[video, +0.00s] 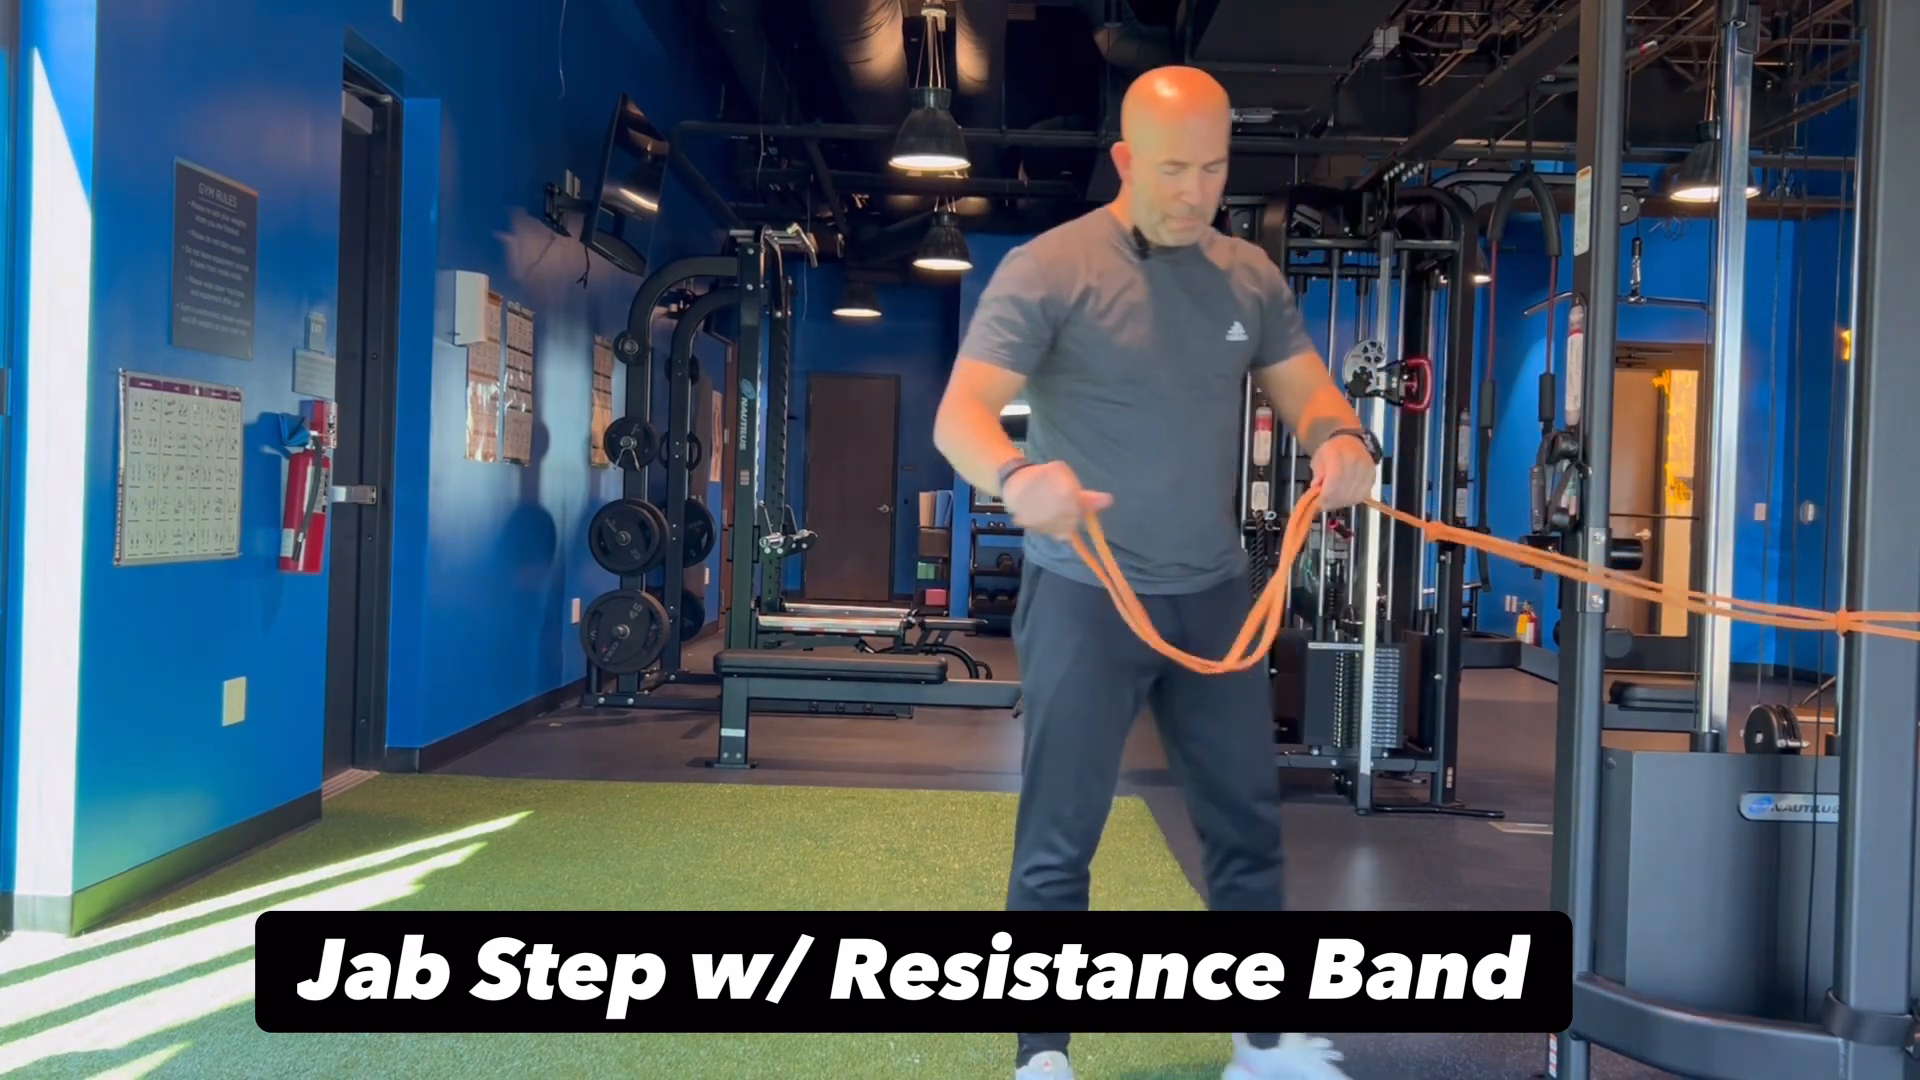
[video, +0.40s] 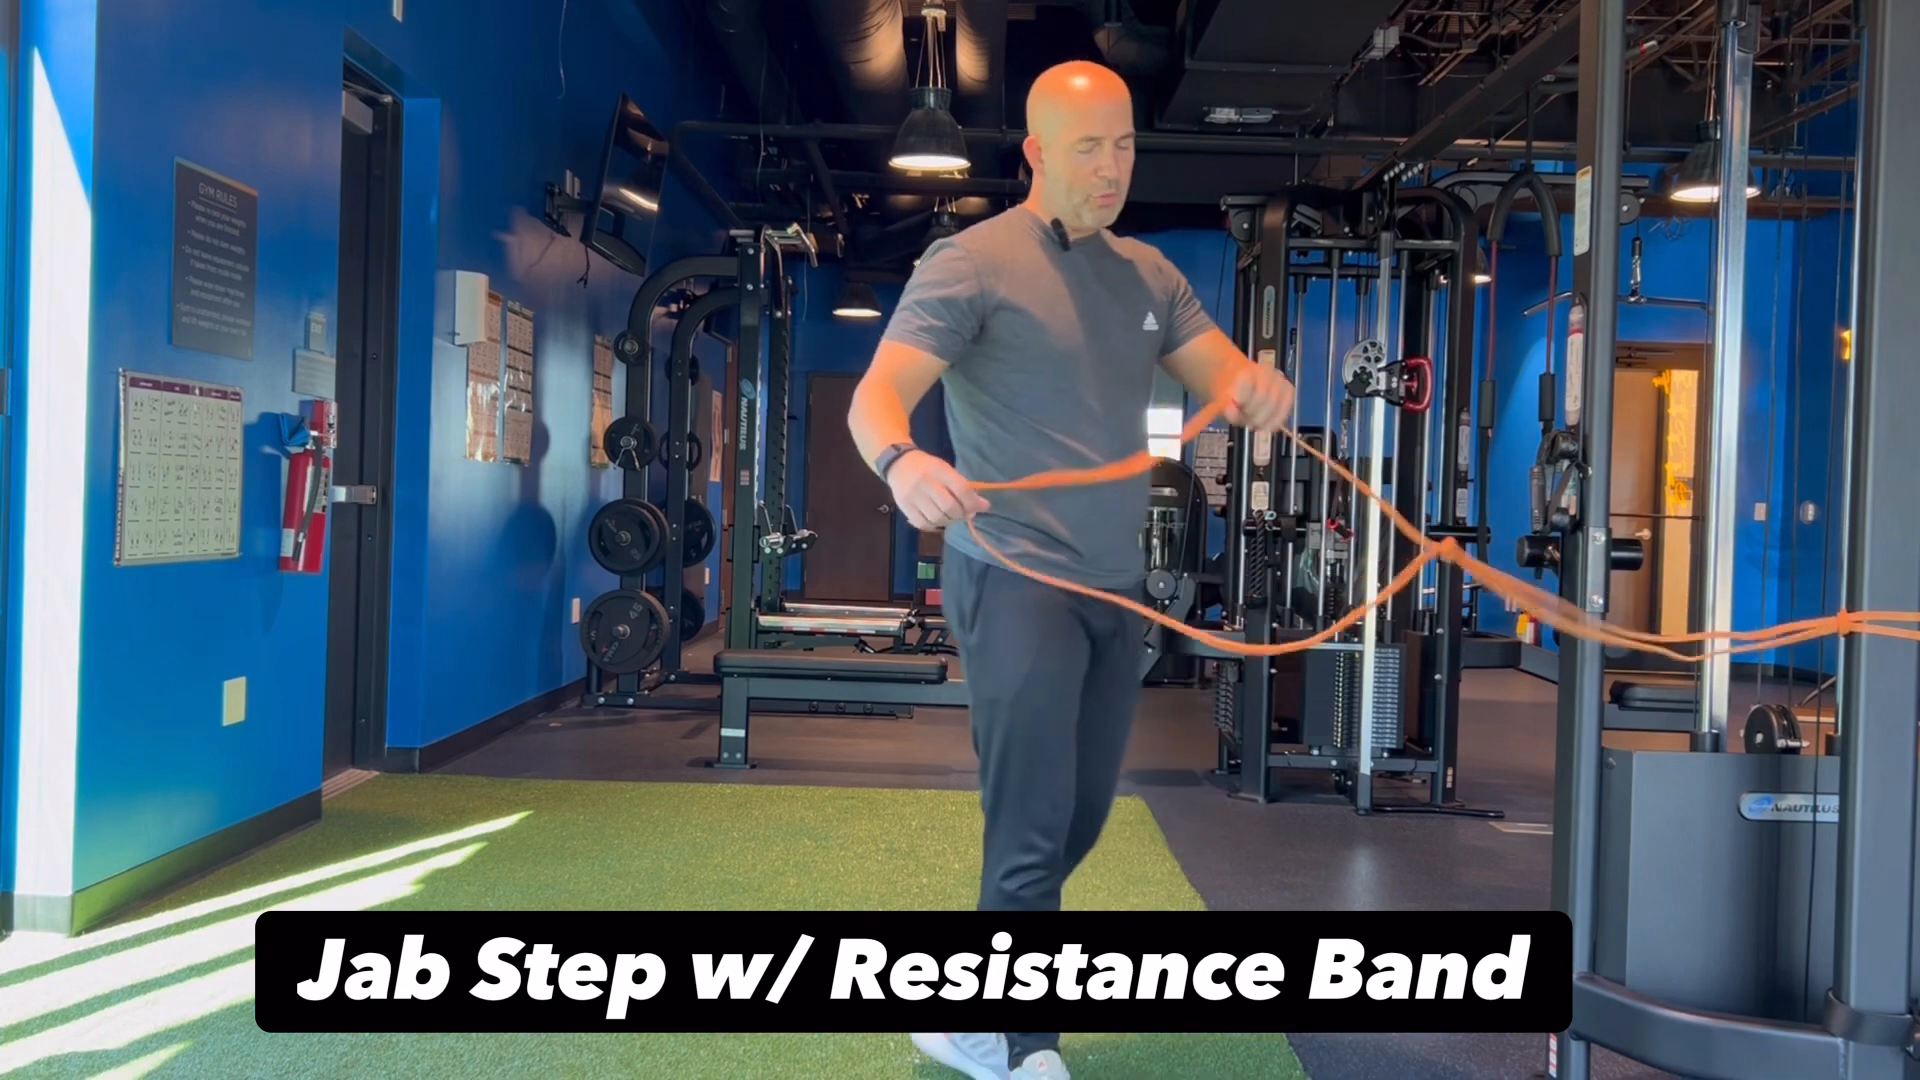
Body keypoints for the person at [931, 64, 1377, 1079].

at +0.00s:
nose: (1199, 194)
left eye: (1215, 170)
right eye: (1176, 172)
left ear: (1231, 161)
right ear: (1124, 163)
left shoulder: (1249, 275)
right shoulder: (1048, 270)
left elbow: (1311, 400)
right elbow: (960, 415)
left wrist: (1342, 441)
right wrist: (1014, 477)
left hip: (1217, 596)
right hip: (1084, 595)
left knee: (1248, 827)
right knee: (1060, 839)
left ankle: (1267, 1035)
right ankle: (1041, 1047)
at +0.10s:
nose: (1171, 183)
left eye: (1185, 158)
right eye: (1148, 161)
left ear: (1199, 155)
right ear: (1094, 156)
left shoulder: (1219, 273)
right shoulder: (1022, 268)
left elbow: (1286, 386)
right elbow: (932, 407)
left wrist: (1334, 431)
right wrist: (960, 479)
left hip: (1192, 589)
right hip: (1065, 584)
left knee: (1204, 819)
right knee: (1050, 837)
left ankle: (1166, 1028)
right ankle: (1041, 1045)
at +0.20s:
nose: (1148, 173)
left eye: (1161, 150)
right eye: (1125, 153)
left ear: (1172, 150)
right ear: (1069, 152)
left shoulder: (1191, 269)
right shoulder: (1002, 263)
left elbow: (1267, 382)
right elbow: (912, 403)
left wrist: (1323, 418)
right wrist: (927, 478)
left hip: (1165, 582)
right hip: (1050, 574)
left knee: (1158, 808)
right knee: (1044, 826)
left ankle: (1075, 1006)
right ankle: (1033, 1042)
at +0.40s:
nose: (1114, 167)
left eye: (1124, 146)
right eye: (1091, 148)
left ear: (1134, 151)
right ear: (1034, 154)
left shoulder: (1149, 274)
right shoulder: (974, 261)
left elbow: (1236, 389)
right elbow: (875, 397)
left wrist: (1266, 386)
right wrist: (901, 460)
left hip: (1120, 579)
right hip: (1017, 570)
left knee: (1078, 819)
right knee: (1032, 826)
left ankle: (965, 1020)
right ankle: (1020, 1044)